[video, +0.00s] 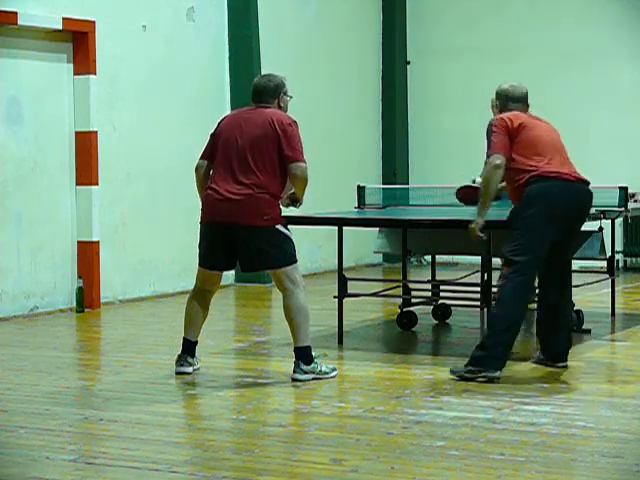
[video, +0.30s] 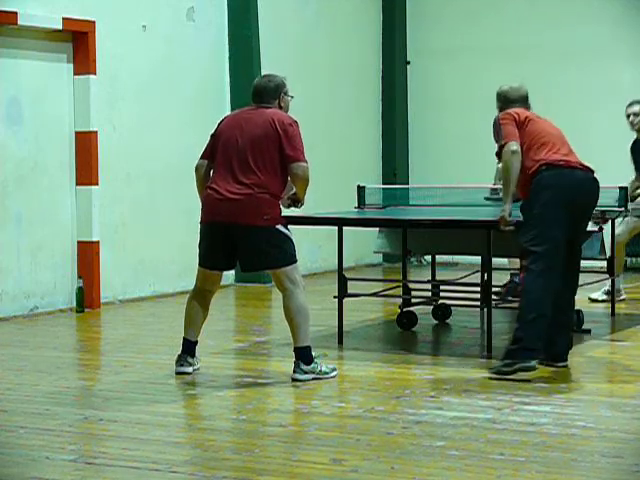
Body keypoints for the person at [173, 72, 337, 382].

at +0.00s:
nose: (289, 103)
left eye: (288, 98)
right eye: (287, 98)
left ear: (255, 99)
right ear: (278, 99)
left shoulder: (228, 120)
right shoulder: (284, 122)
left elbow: (202, 168)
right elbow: (298, 172)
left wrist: (210, 202)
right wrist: (297, 194)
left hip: (215, 214)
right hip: (260, 215)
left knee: (203, 288)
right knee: (292, 286)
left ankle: (186, 356)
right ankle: (304, 361)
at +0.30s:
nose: (290, 103)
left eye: (290, 98)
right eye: (288, 98)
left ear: (256, 99)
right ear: (279, 99)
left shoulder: (229, 121)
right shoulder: (284, 122)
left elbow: (202, 168)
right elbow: (300, 172)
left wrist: (210, 203)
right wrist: (298, 195)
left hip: (215, 214)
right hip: (260, 215)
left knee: (203, 288)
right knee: (292, 286)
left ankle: (186, 356)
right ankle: (304, 361)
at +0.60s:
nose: (289, 108)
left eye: (289, 103)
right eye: (288, 103)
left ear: (255, 105)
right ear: (280, 105)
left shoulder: (229, 126)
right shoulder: (286, 128)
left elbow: (202, 173)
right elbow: (303, 178)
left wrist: (210, 208)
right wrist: (298, 202)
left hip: (215, 217)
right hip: (259, 217)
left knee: (203, 286)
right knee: (296, 285)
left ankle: (186, 356)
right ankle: (305, 361)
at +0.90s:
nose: (290, 112)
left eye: (290, 107)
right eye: (289, 108)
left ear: (257, 109)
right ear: (283, 110)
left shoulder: (232, 130)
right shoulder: (287, 133)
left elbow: (204, 178)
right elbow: (302, 185)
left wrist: (213, 214)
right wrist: (301, 211)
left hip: (215, 223)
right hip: (260, 223)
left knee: (206, 288)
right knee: (299, 285)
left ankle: (186, 356)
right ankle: (305, 362)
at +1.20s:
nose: (283, 106)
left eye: (282, 103)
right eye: (282, 103)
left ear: (248, 105)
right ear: (276, 105)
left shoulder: (225, 128)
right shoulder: (285, 131)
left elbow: (196, 174)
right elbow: (308, 185)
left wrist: (198, 213)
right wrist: (297, 204)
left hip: (217, 221)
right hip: (262, 222)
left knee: (204, 288)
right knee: (299, 286)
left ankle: (186, 354)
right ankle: (305, 361)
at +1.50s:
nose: (265, 99)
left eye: (262, 95)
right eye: (263, 95)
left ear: (229, 98)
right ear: (259, 98)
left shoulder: (208, 123)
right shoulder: (275, 124)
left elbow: (177, 163)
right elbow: (326, 159)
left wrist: (166, 204)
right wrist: (321, 168)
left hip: (206, 216)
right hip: (252, 215)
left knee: (197, 287)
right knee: (286, 283)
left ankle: (185, 354)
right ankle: (305, 355)